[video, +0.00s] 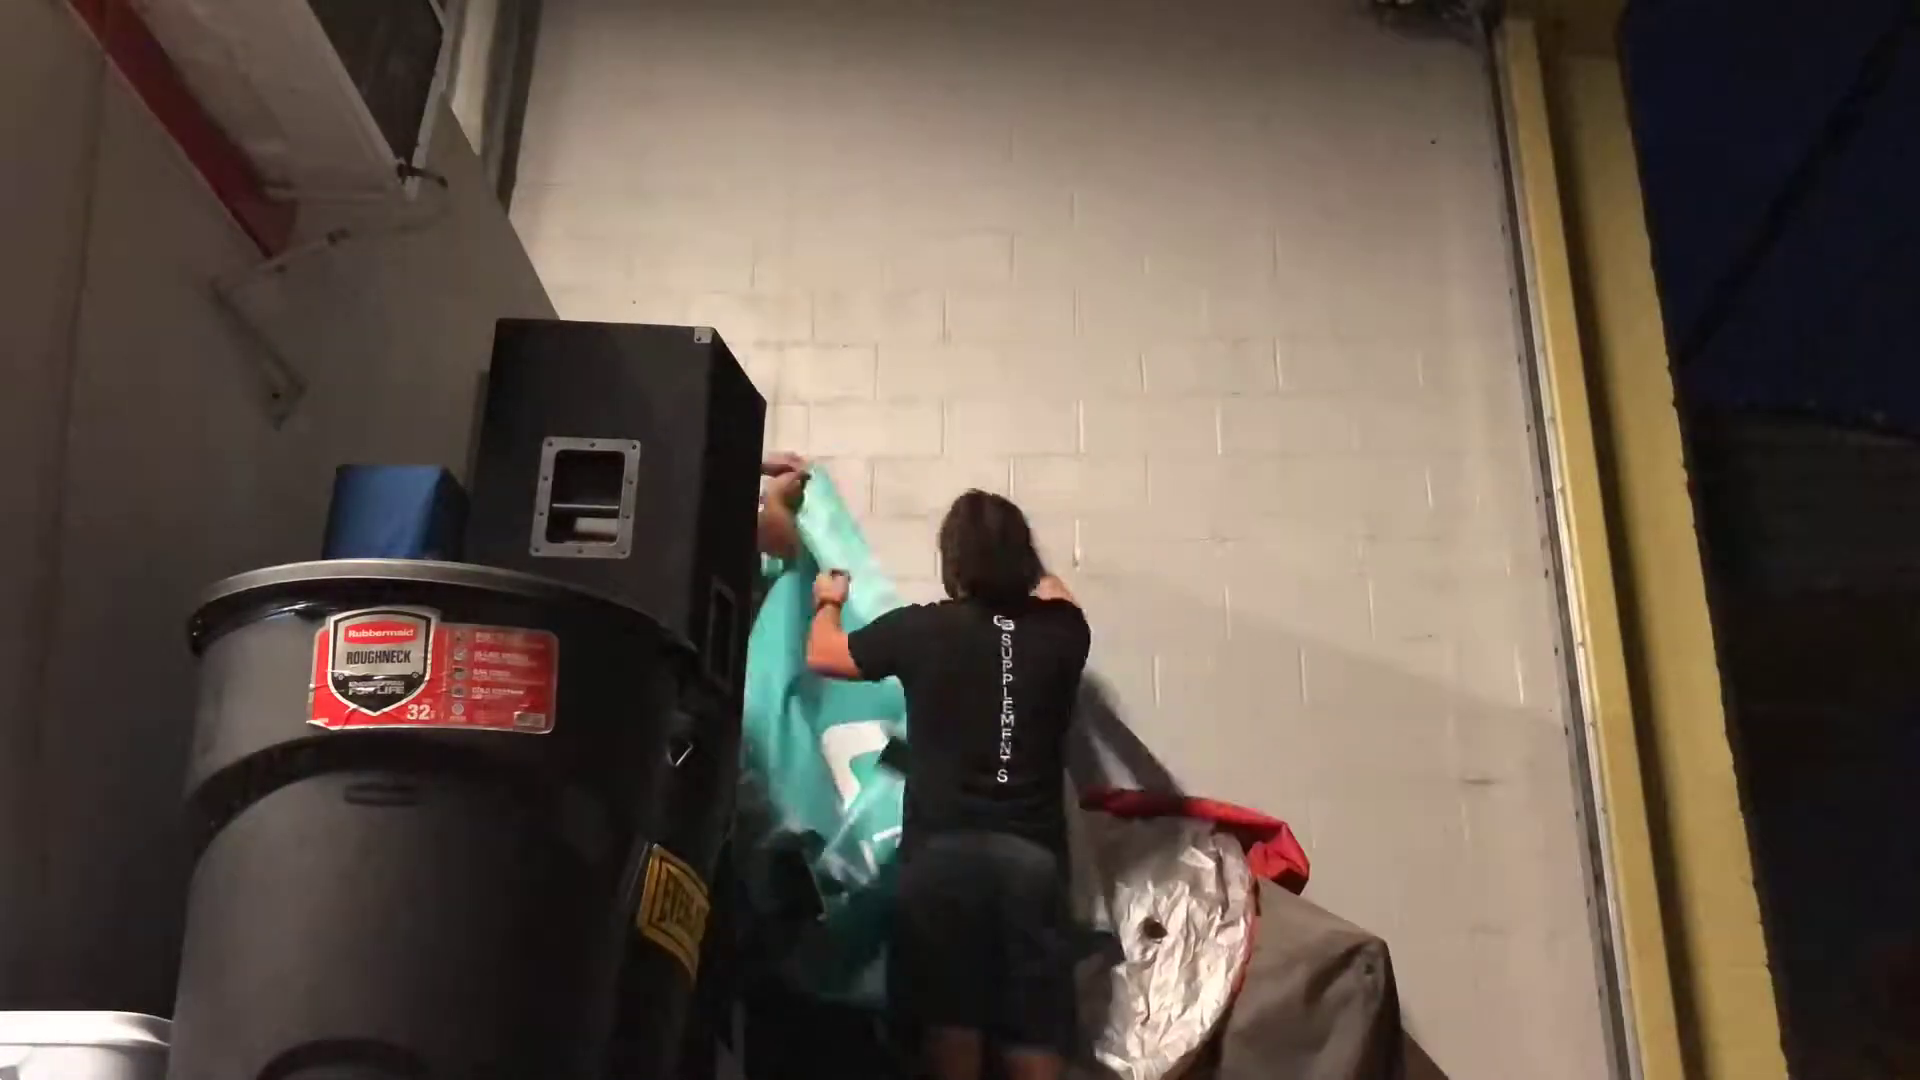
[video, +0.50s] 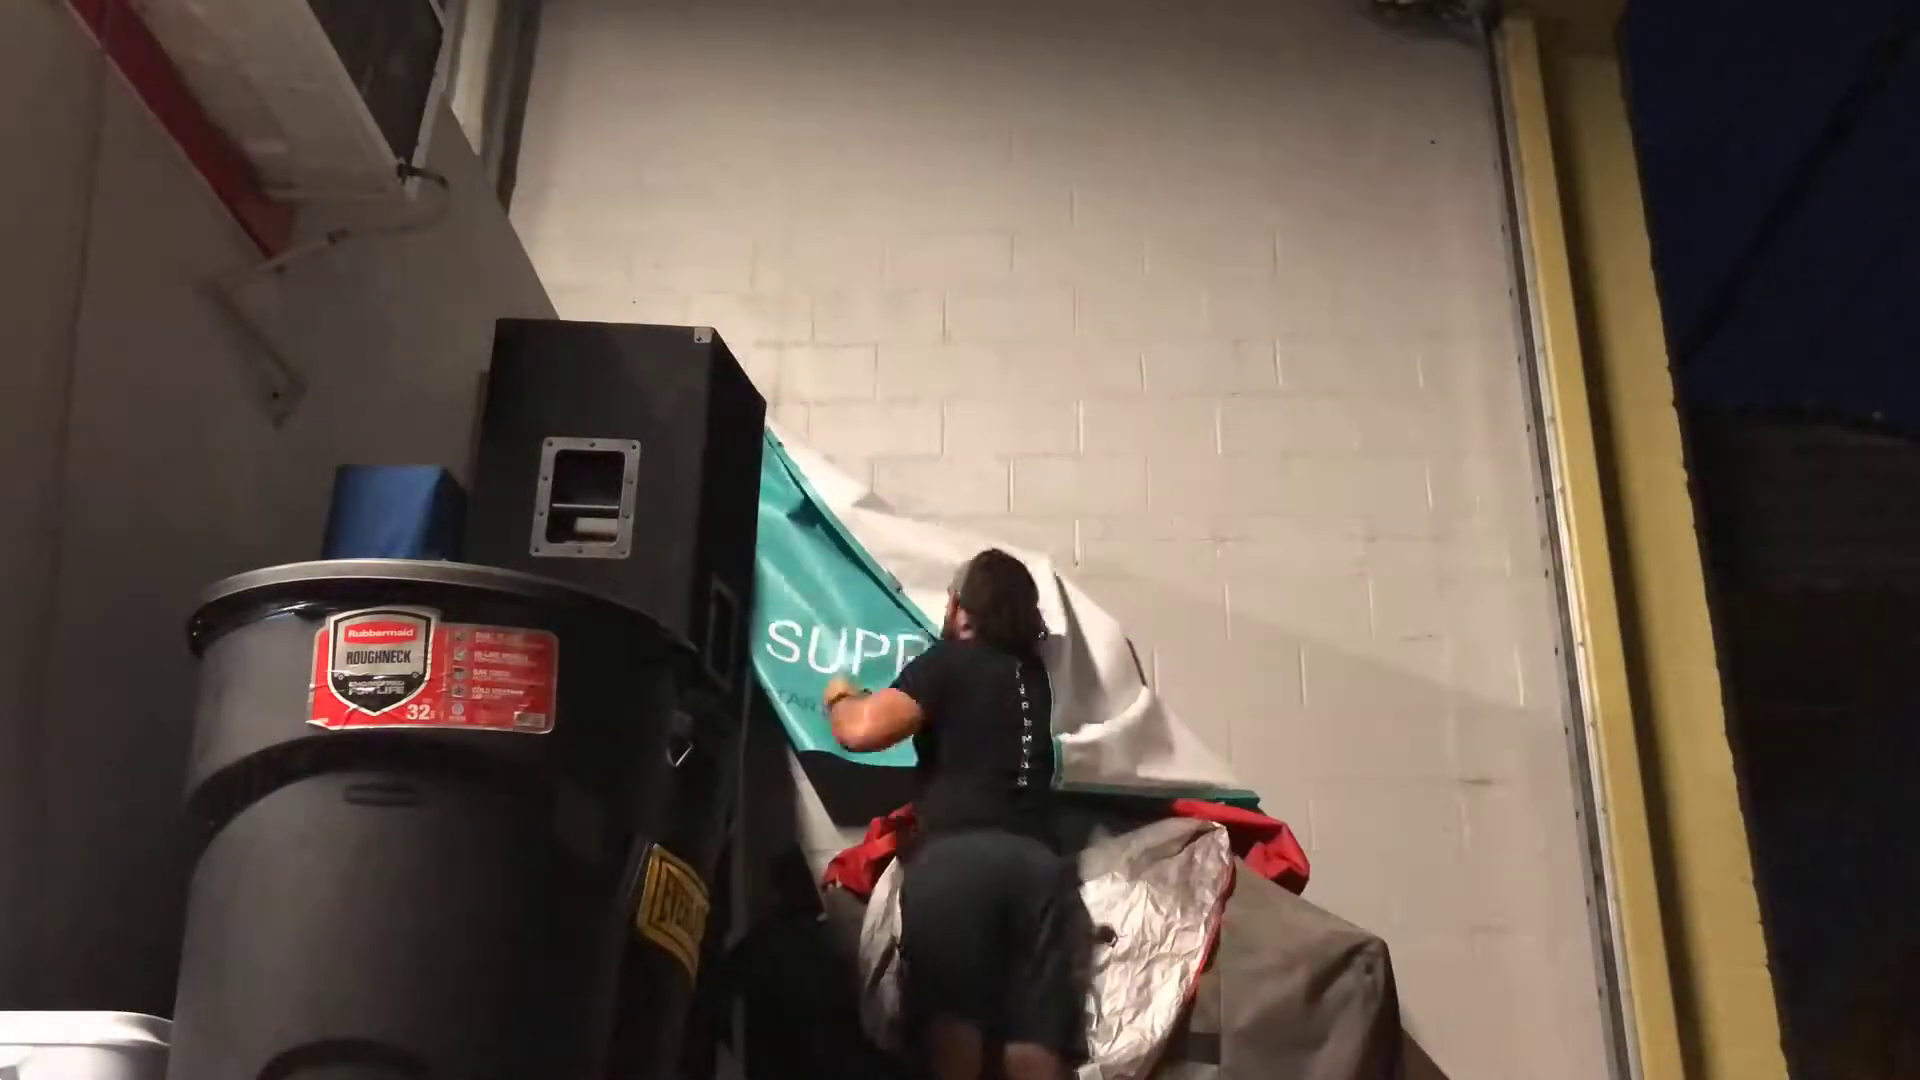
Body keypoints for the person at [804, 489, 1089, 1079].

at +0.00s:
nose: (949, 555)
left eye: (951, 547)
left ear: (951, 557)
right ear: (1025, 557)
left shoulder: (920, 630)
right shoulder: (1063, 634)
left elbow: (823, 654)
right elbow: (1056, 600)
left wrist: (828, 601)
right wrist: (1030, 569)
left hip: (941, 848)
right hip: (1030, 851)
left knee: (948, 1023)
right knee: (1034, 1027)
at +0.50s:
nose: (948, 602)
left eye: (954, 596)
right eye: (952, 594)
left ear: (962, 609)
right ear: (1021, 615)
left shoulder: (946, 664)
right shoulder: (1034, 677)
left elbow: (859, 732)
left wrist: (840, 697)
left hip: (957, 851)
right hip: (1038, 856)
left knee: (953, 1028)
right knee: (1034, 1038)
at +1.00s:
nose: (956, 617)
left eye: (961, 605)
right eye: (961, 605)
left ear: (973, 613)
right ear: (1033, 618)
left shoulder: (977, 656)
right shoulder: (1038, 672)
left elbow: (969, 739)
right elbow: (1020, 772)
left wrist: (913, 789)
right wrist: (930, 809)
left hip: (982, 852)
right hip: (1051, 857)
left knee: (967, 1026)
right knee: (1043, 1036)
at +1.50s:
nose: (965, 600)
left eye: (967, 590)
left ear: (970, 599)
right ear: (1038, 600)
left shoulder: (955, 660)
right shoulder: (1056, 669)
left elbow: (920, 759)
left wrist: (893, 804)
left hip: (965, 851)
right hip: (1046, 858)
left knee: (961, 1038)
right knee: (1037, 1044)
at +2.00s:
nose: (957, 605)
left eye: (961, 596)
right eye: (961, 595)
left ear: (972, 602)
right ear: (1038, 604)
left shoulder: (962, 658)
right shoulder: (1063, 672)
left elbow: (923, 762)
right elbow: (1044, 764)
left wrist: (903, 803)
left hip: (966, 856)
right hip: (1047, 862)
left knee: (962, 1041)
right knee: (1037, 1047)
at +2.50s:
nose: (939, 620)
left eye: (941, 609)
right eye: (941, 609)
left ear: (951, 615)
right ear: (1013, 611)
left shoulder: (939, 667)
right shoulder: (1048, 669)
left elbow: (908, 767)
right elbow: (1047, 762)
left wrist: (912, 820)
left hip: (963, 856)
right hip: (1047, 861)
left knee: (962, 1038)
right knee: (1038, 1043)